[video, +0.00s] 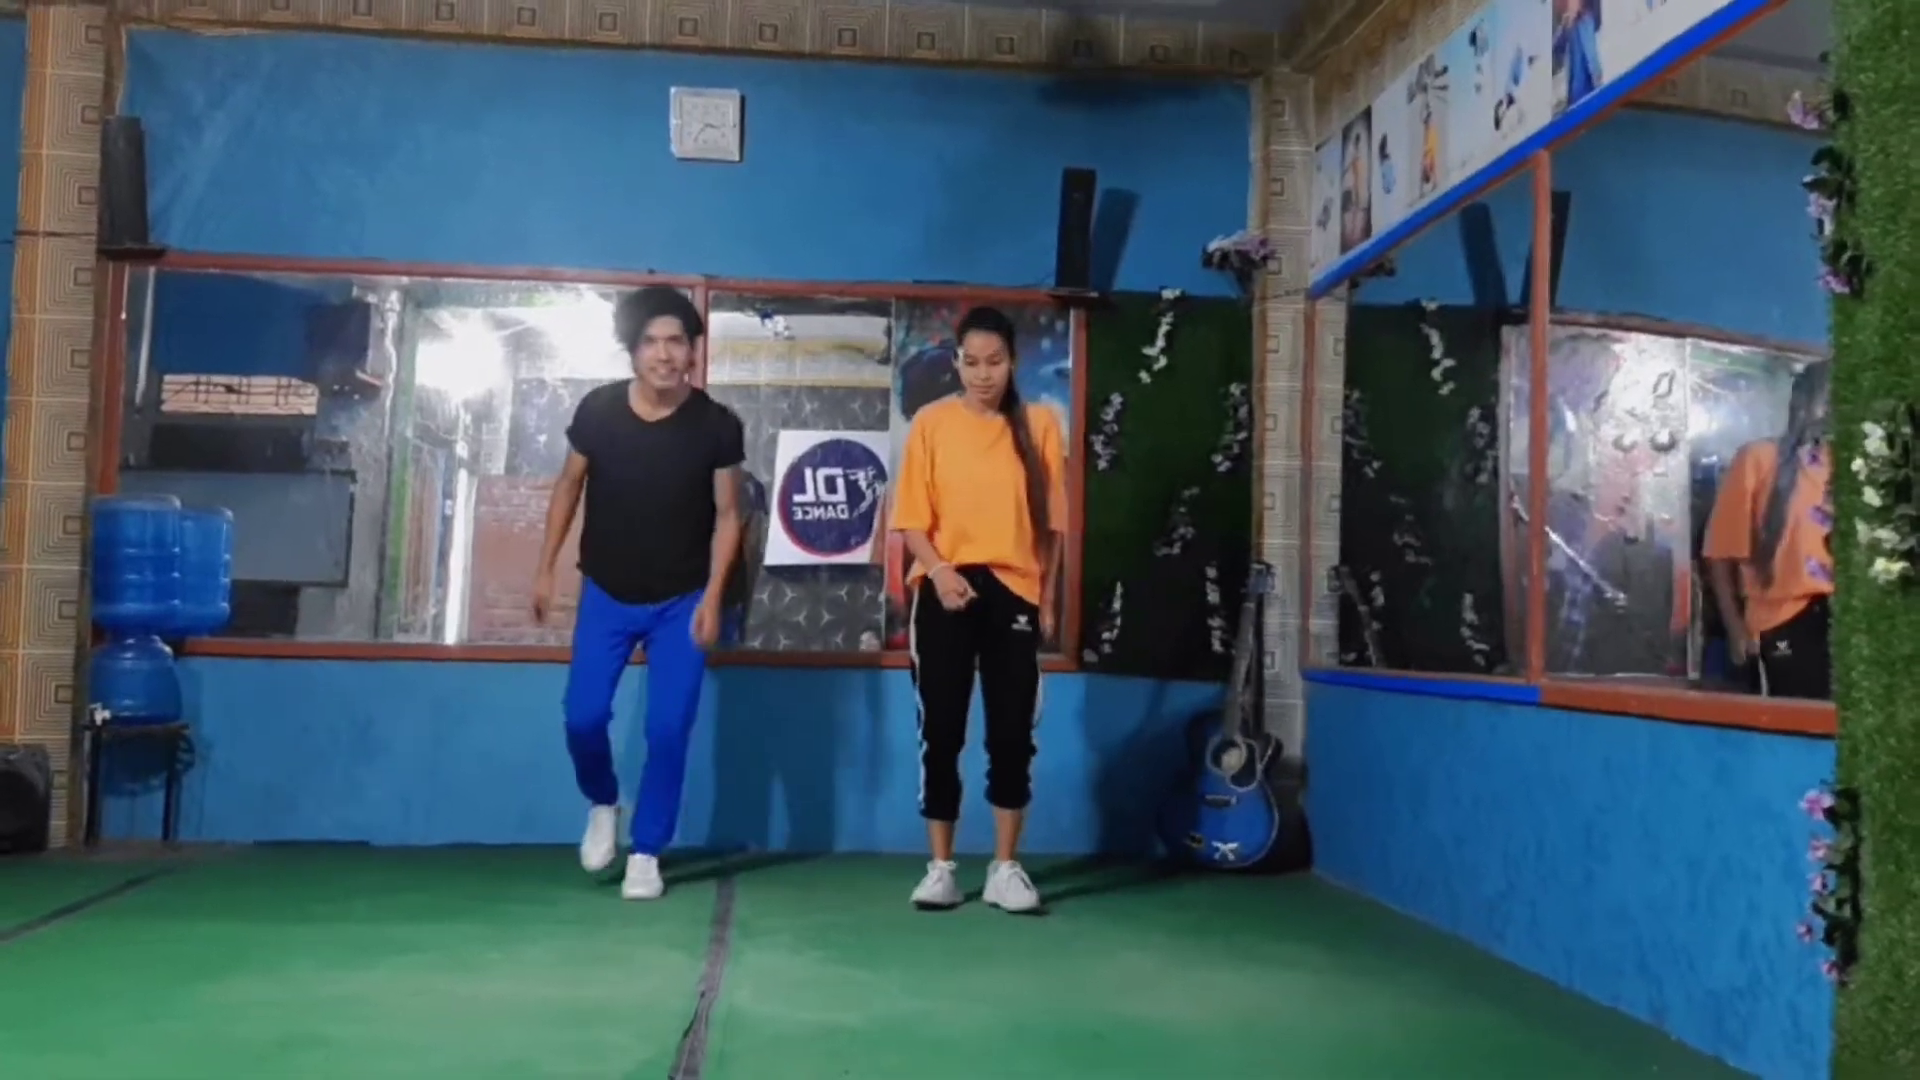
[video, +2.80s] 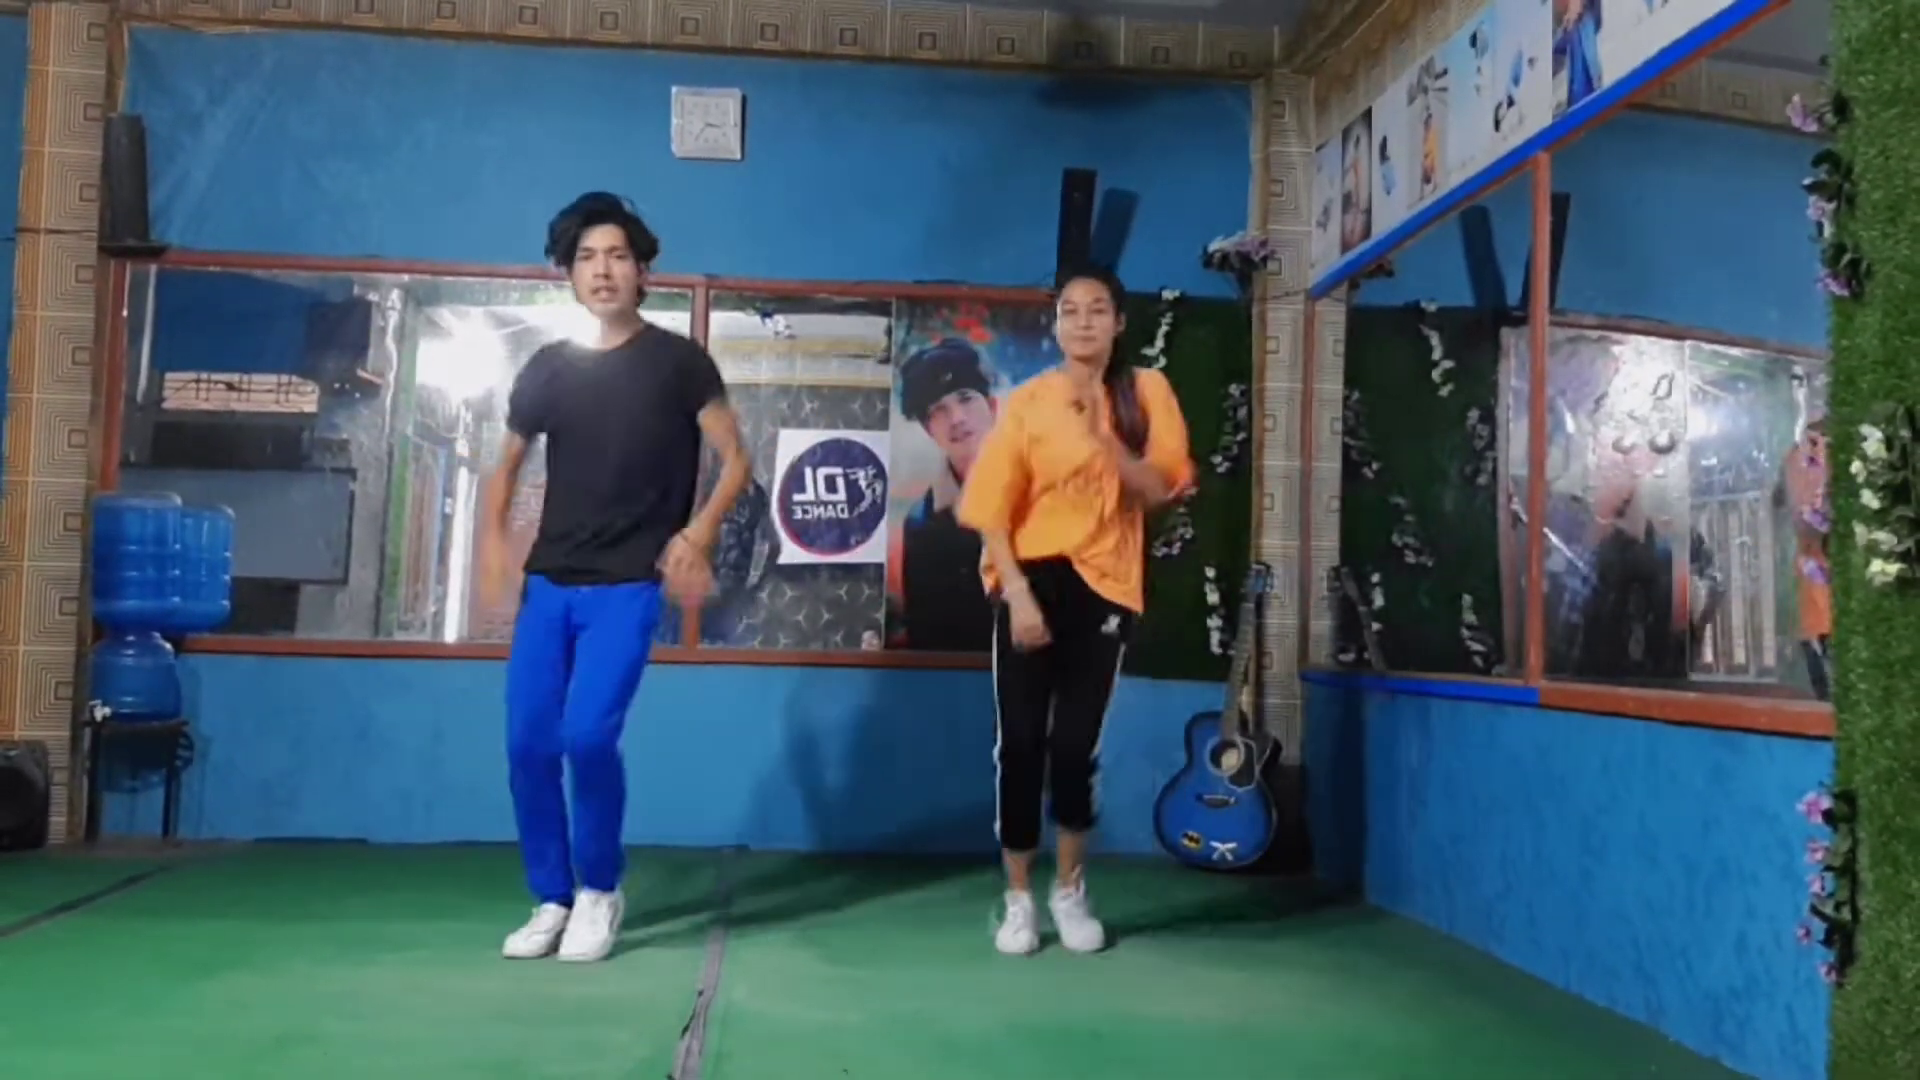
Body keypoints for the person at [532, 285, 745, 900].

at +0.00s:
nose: (667, 354)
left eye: (678, 342)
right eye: (653, 342)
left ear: (694, 351)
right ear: (630, 350)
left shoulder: (717, 425)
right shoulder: (598, 411)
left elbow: (728, 516)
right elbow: (569, 485)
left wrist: (713, 597)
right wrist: (546, 569)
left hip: (683, 602)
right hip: (606, 596)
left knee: (669, 730)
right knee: (582, 718)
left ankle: (646, 854)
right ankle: (603, 804)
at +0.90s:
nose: (647, 276)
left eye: (664, 264)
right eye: (636, 264)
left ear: (695, 284)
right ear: (621, 281)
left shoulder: (720, 382)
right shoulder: (585, 368)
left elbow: (732, 490)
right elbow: (564, 469)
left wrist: (667, 503)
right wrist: (622, 500)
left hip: (672, 594)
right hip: (586, 589)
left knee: (658, 753)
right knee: (555, 734)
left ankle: (638, 905)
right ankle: (605, 836)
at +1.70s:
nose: (618, 272)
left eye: (630, 259)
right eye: (601, 259)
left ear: (644, 273)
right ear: (573, 274)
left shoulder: (672, 358)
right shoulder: (539, 362)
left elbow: (768, 410)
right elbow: (459, 428)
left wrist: (682, 425)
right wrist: (557, 438)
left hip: (654, 585)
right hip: (563, 587)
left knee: (658, 729)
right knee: (570, 746)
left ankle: (627, 892)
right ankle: (574, 898)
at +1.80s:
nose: (626, 269)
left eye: (640, 257)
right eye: (611, 256)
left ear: (656, 272)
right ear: (583, 271)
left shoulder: (683, 359)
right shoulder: (546, 356)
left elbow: (770, 421)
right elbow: (457, 423)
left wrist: (838, 386)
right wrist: (423, 380)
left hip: (657, 587)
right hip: (567, 585)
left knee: (639, 748)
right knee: (572, 748)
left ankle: (620, 904)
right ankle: (578, 895)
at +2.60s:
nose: (624, 265)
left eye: (638, 251)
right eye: (609, 252)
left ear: (662, 265)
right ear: (588, 269)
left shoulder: (699, 345)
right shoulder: (563, 355)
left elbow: (793, 401)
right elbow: (472, 404)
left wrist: (784, 336)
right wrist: (419, 335)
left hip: (665, 575)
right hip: (579, 565)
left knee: (655, 727)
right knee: (496, 685)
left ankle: (673, 865)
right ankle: (538, 844)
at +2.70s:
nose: (614, 261)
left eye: (628, 246)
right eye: (597, 248)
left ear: (652, 260)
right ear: (578, 263)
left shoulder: (691, 341)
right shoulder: (550, 350)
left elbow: (778, 402)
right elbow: (466, 400)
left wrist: (724, 427)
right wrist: (449, 417)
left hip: (656, 558)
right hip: (570, 556)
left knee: (628, 690)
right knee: (521, 709)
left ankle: (618, 840)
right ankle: (537, 884)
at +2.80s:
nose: (604, 271)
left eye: (618, 256)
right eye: (588, 258)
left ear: (642, 271)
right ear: (569, 275)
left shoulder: (682, 362)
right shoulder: (549, 368)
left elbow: (736, 464)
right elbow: (505, 470)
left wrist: (700, 535)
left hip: (628, 587)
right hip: (549, 583)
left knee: (586, 736)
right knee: (528, 740)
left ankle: (598, 892)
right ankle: (553, 898)